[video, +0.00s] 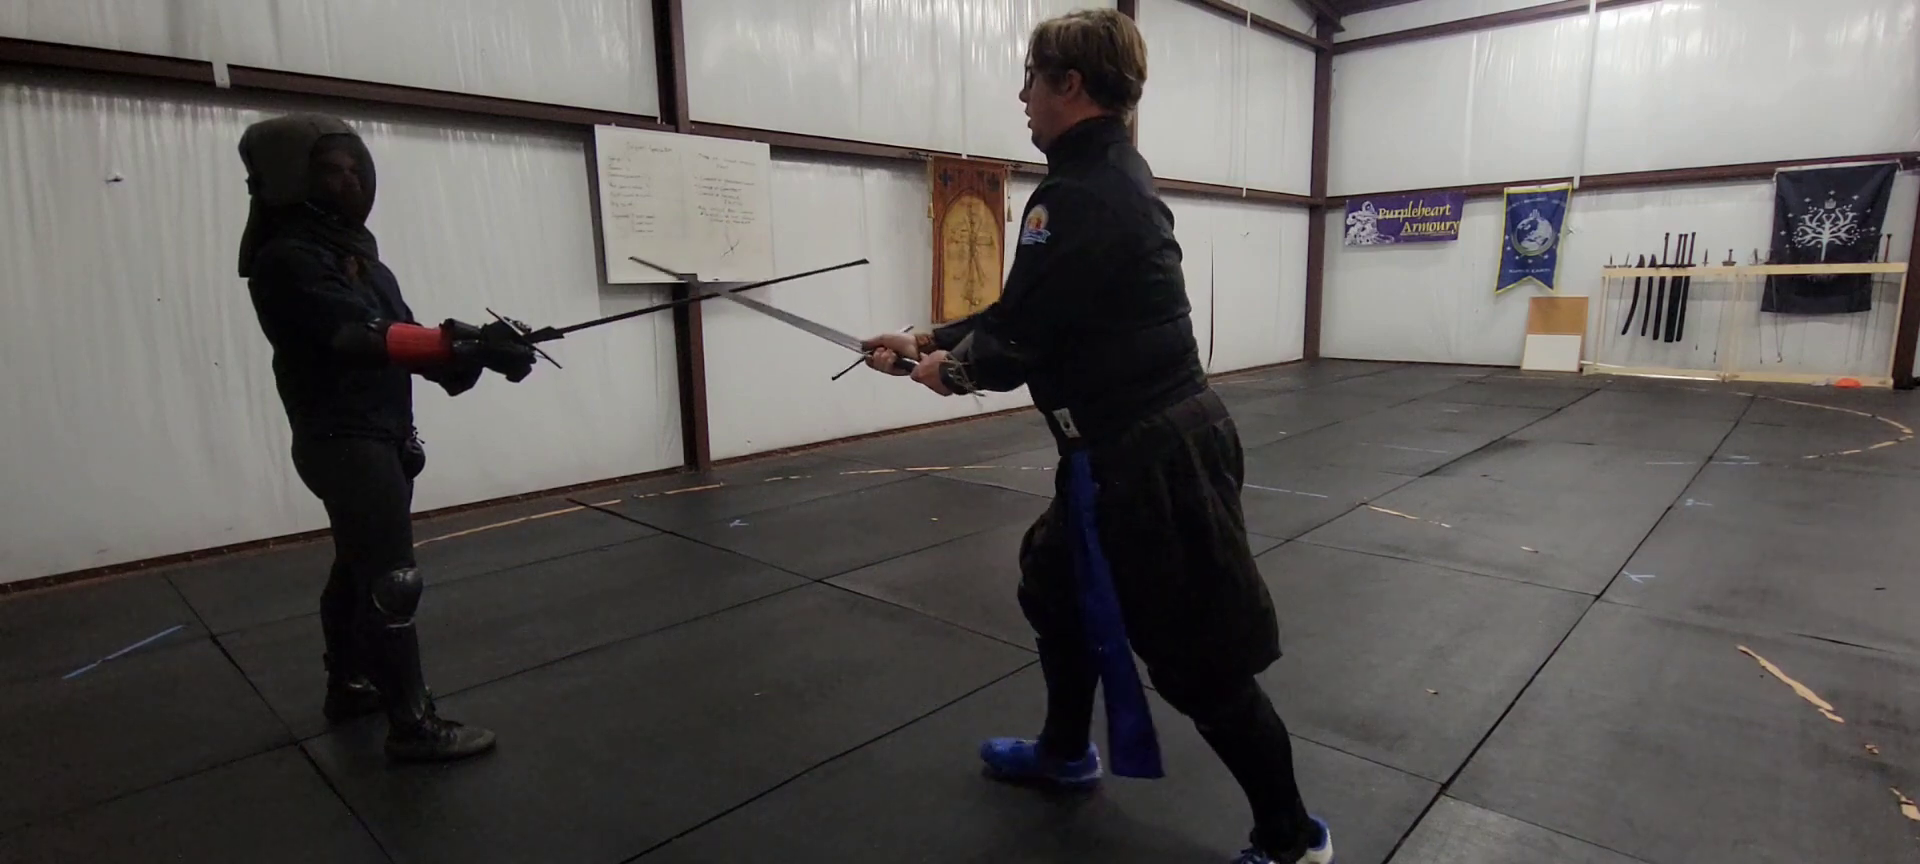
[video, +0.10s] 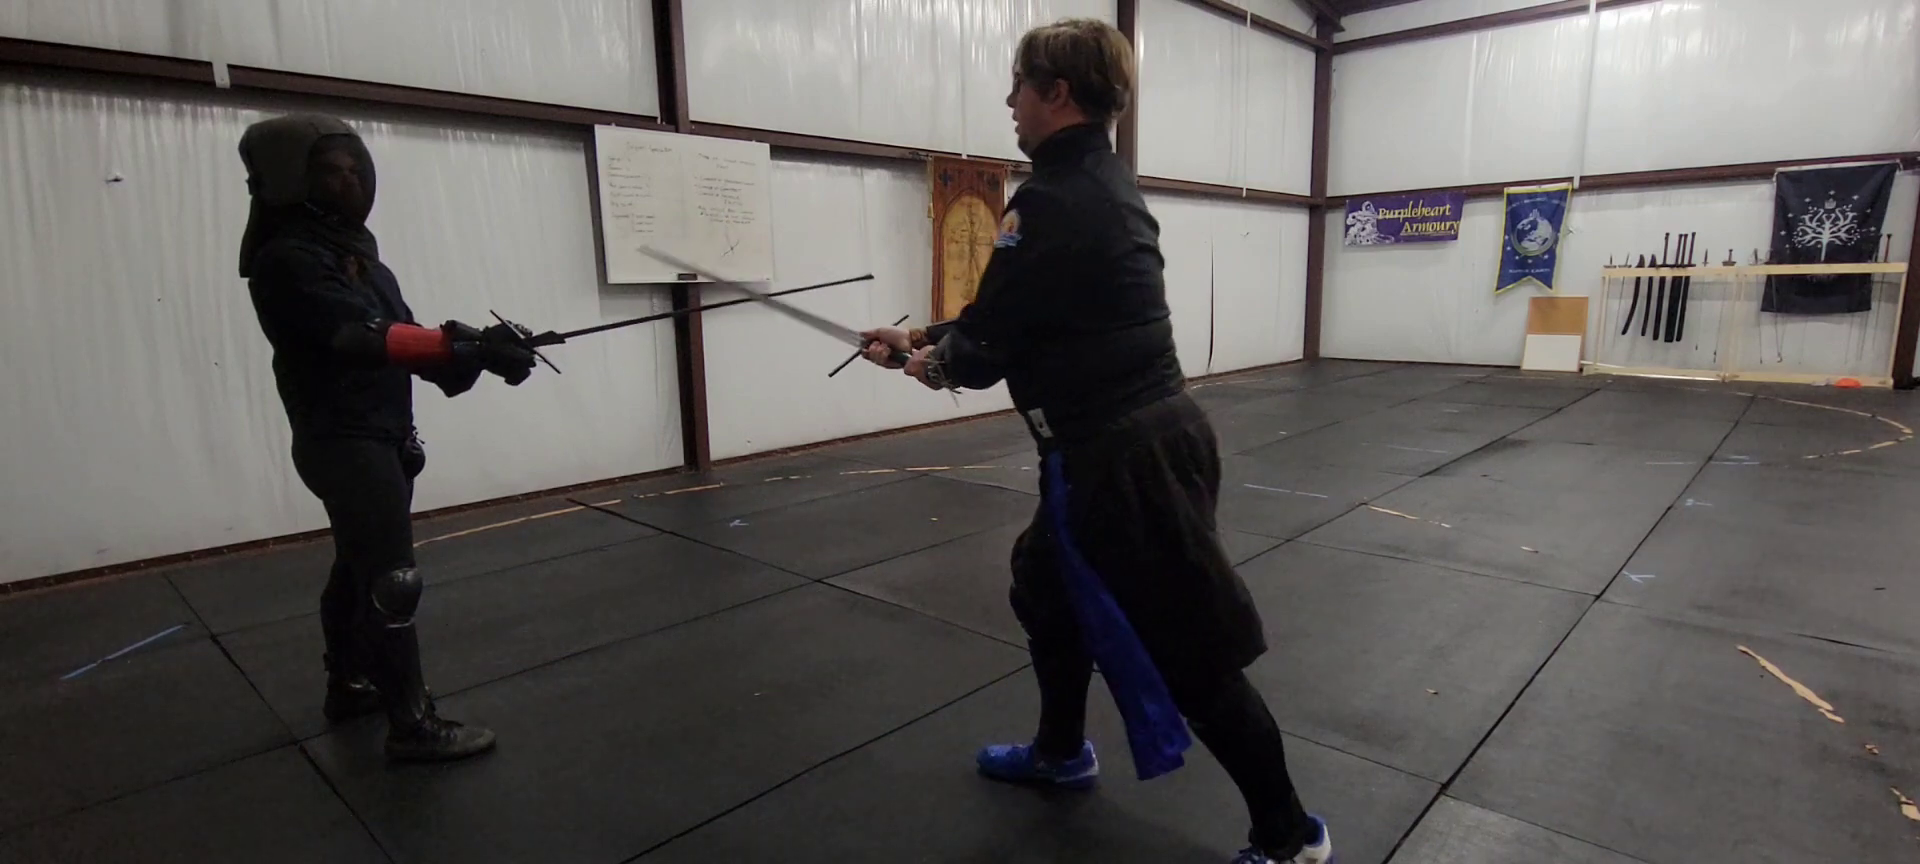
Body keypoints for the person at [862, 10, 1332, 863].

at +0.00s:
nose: (1024, 98)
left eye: (1033, 82)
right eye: (1027, 81)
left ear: (1072, 89)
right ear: (1091, 92)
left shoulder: (1082, 192)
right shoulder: (1106, 177)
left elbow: (1028, 334)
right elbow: (1026, 309)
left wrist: (951, 369)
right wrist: (928, 340)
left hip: (1153, 448)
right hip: (1147, 436)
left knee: (1197, 652)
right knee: (1052, 577)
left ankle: (1289, 838)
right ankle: (1064, 752)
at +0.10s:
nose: (1010, 103)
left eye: (1019, 88)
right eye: (1013, 87)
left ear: (1058, 96)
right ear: (1076, 99)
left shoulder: (1052, 198)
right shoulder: (1103, 181)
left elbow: (989, 347)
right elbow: (1024, 307)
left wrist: (925, 361)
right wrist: (928, 336)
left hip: (1120, 451)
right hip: (1157, 426)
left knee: (1191, 648)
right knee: (1045, 583)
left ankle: (1287, 836)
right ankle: (1059, 751)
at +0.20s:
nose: (982, 105)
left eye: (993, 90)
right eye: (987, 89)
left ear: (1033, 101)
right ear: (1053, 104)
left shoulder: (1017, 204)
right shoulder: (1085, 185)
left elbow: (956, 357)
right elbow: (1050, 314)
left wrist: (926, 358)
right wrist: (959, 344)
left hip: (1096, 447)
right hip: (1134, 419)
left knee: (1156, 648)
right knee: (1021, 577)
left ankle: (1281, 826)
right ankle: (1059, 749)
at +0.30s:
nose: (954, 113)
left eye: (962, 98)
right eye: (956, 97)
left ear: (1001, 106)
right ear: (1027, 111)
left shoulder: (981, 207)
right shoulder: (1065, 193)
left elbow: (911, 359)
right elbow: (1040, 304)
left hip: (1058, 444)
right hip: (1114, 419)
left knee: (1080, 658)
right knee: (1009, 590)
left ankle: (1251, 802)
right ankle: (1059, 749)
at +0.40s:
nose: (927, 112)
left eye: (938, 98)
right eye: (932, 98)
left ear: (977, 111)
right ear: (998, 117)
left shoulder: (951, 213)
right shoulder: (1036, 195)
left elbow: (880, 353)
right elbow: (1018, 301)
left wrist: (871, 349)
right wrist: (924, 326)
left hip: (1027, 444)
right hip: (1098, 420)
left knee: (978, 658)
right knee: (1047, 604)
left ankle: (1166, 809)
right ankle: (1058, 753)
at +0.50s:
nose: (895, 120)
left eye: (904, 107)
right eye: (899, 105)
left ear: (941, 119)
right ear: (969, 124)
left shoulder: (925, 216)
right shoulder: (998, 200)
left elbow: (855, 364)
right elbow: (991, 308)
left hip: (1003, 450)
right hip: (1070, 425)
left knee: (904, 621)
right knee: (998, 601)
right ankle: (1060, 752)